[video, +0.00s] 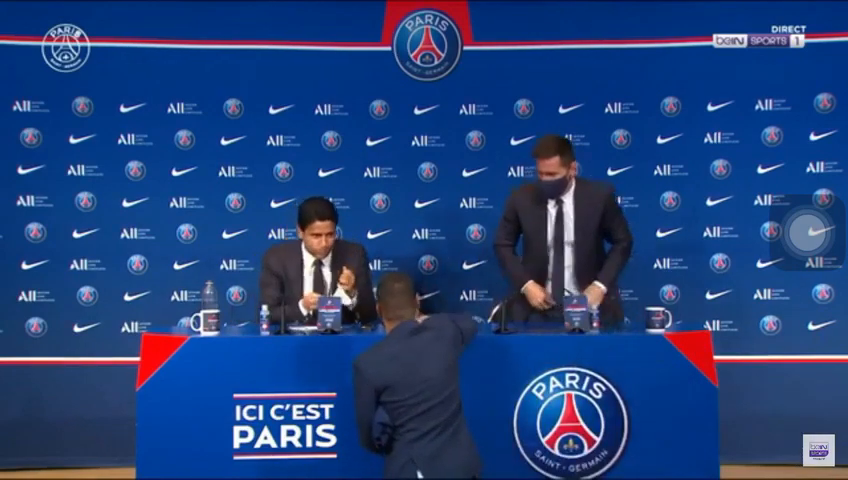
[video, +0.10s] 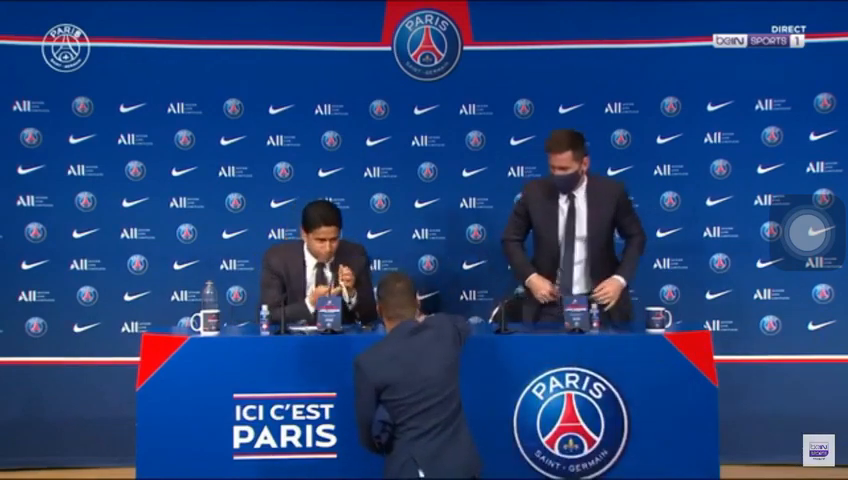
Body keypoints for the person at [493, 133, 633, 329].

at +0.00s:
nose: (544, 181)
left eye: (552, 174)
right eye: (540, 174)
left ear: (572, 170)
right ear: (536, 170)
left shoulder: (599, 196)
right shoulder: (522, 198)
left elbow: (623, 242)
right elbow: (503, 245)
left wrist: (600, 286)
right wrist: (527, 285)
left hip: (588, 310)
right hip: (539, 311)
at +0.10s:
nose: (557, 175)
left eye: (564, 169)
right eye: (553, 168)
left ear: (584, 164)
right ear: (548, 164)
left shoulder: (611, 193)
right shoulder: (534, 193)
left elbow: (636, 237)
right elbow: (511, 240)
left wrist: (620, 279)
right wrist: (531, 278)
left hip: (600, 306)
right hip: (550, 307)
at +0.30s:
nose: (575, 169)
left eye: (582, 163)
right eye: (571, 162)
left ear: (602, 159)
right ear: (566, 158)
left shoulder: (627, 189)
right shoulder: (553, 189)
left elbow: (653, 236)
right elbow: (525, 234)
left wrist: (643, 273)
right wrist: (537, 271)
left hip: (616, 303)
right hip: (566, 303)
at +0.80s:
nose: (571, 158)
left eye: (578, 152)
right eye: (569, 151)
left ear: (601, 150)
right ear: (567, 146)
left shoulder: (637, 180)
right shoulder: (560, 182)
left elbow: (666, 229)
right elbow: (539, 229)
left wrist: (639, 249)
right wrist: (554, 256)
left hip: (625, 295)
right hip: (578, 295)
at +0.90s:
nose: (570, 160)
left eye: (577, 155)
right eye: (568, 154)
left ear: (600, 151)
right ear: (566, 148)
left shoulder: (636, 177)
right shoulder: (560, 183)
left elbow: (662, 228)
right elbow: (540, 230)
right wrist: (556, 257)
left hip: (628, 294)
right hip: (581, 295)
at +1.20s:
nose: (573, 163)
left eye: (579, 157)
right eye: (570, 156)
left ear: (601, 151)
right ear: (566, 152)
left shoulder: (633, 174)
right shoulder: (558, 182)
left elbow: (659, 223)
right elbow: (538, 231)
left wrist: (623, 200)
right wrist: (557, 241)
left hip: (626, 290)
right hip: (580, 291)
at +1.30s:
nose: (580, 168)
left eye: (586, 162)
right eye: (576, 162)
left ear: (606, 154)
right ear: (571, 156)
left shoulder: (634, 173)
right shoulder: (564, 180)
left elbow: (659, 224)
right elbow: (543, 235)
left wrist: (624, 187)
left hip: (625, 290)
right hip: (580, 289)